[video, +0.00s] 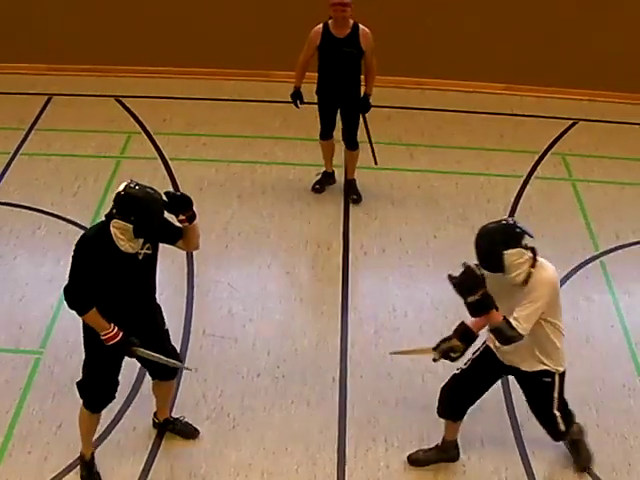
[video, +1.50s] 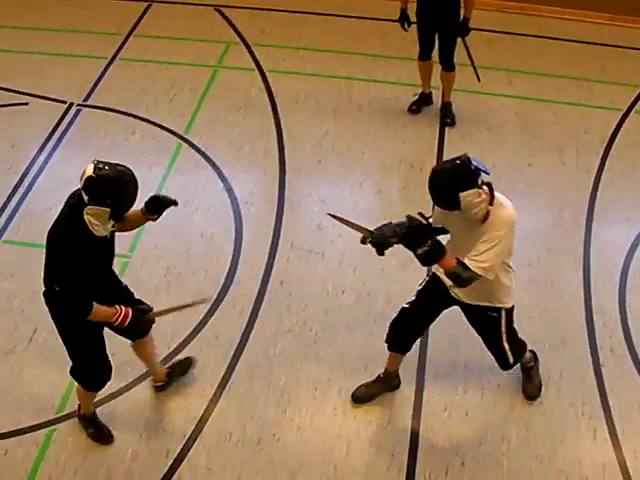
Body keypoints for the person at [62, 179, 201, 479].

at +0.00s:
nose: (149, 233)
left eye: (151, 227)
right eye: (145, 227)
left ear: (151, 220)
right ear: (128, 222)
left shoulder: (150, 226)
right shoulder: (91, 244)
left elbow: (190, 243)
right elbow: (76, 297)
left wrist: (188, 218)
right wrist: (110, 333)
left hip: (145, 314)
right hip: (104, 325)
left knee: (167, 366)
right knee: (97, 393)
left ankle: (163, 419)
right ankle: (86, 456)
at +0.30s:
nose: (129, 251)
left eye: (131, 245)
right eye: (125, 246)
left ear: (123, 241)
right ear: (107, 242)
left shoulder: (120, 249)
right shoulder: (71, 270)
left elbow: (154, 253)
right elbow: (56, 326)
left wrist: (159, 233)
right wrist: (98, 357)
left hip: (124, 333)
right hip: (87, 349)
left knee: (156, 374)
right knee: (83, 418)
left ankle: (164, 417)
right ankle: (64, 469)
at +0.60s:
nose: (125, 259)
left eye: (125, 256)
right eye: (121, 256)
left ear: (118, 251)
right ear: (108, 255)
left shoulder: (110, 258)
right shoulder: (67, 284)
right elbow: (55, 346)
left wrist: (139, 245)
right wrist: (94, 372)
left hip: (117, 341)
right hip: (83, 358)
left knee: (154, 388)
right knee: (87, 422)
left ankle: (150, 452)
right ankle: (82, 467)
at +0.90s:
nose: (152, 246)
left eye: (150, 242)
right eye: (147, 243)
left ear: (144, 238)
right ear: (130, 239)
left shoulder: (140, 240)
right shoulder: (91, 268)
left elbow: (176, 234)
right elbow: (79, 332)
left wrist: (176, 219)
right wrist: (116, 358)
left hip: (138, 329)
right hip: (103, 345)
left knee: (170, 384)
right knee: (109, 422)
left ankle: (157, 443)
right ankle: (88, 454)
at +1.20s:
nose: (144, 230)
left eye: (144, 225)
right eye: (140, 226)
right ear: (126, 226)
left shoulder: (126, 229)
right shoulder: (85, 256)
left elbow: (155, 215)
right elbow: (73, 322)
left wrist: (162, 205)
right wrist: (112, 347)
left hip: (131, 316)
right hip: (97, 336)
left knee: (172, 361)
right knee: (96, 407)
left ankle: (173, 417)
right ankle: (71, 450)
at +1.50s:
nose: (123, 212)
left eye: (124, 208)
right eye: (120, 208)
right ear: (102, 206)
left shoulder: (94, 205)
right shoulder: (67, 237)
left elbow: (117, 223)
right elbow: (74, 305)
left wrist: (145, 214)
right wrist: (124, 316)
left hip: (100, 282)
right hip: (70, 301)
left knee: (139, 324)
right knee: (95, 370)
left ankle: (159, 375)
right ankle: (86, 414)